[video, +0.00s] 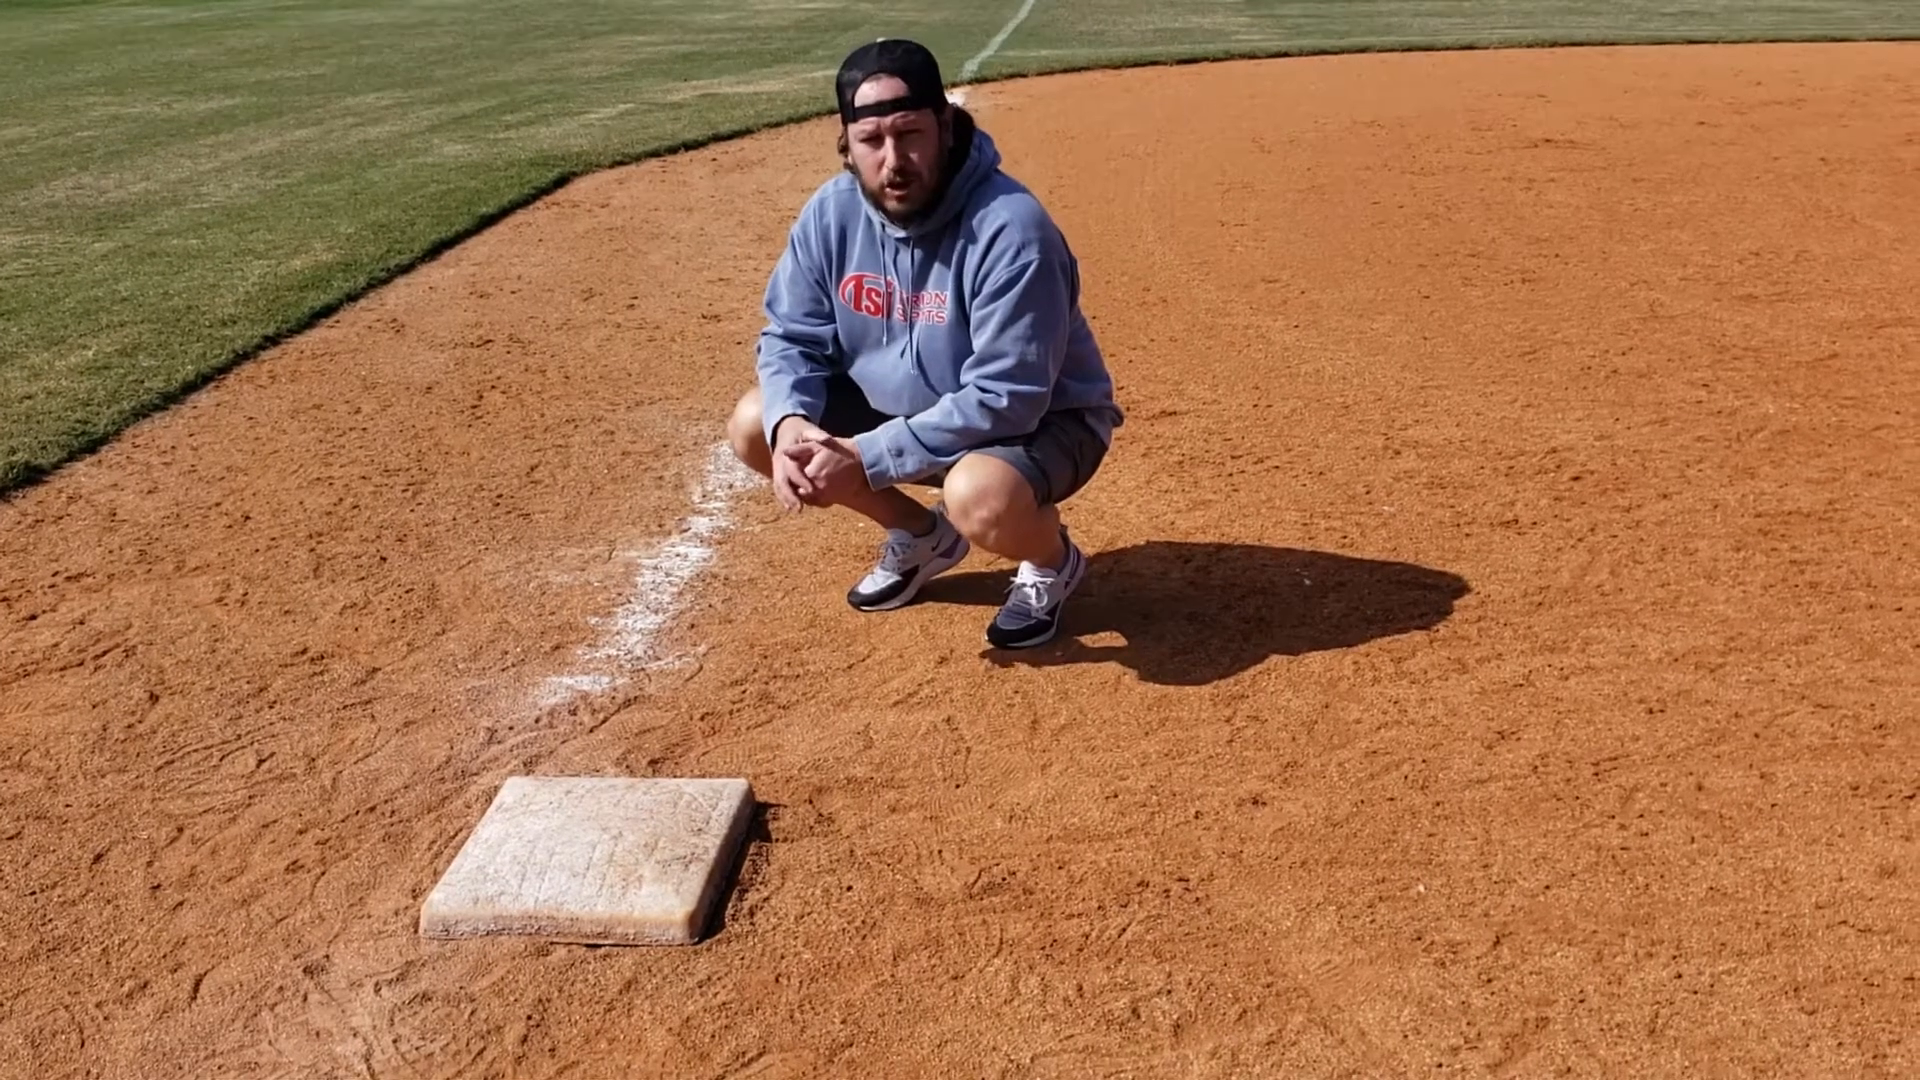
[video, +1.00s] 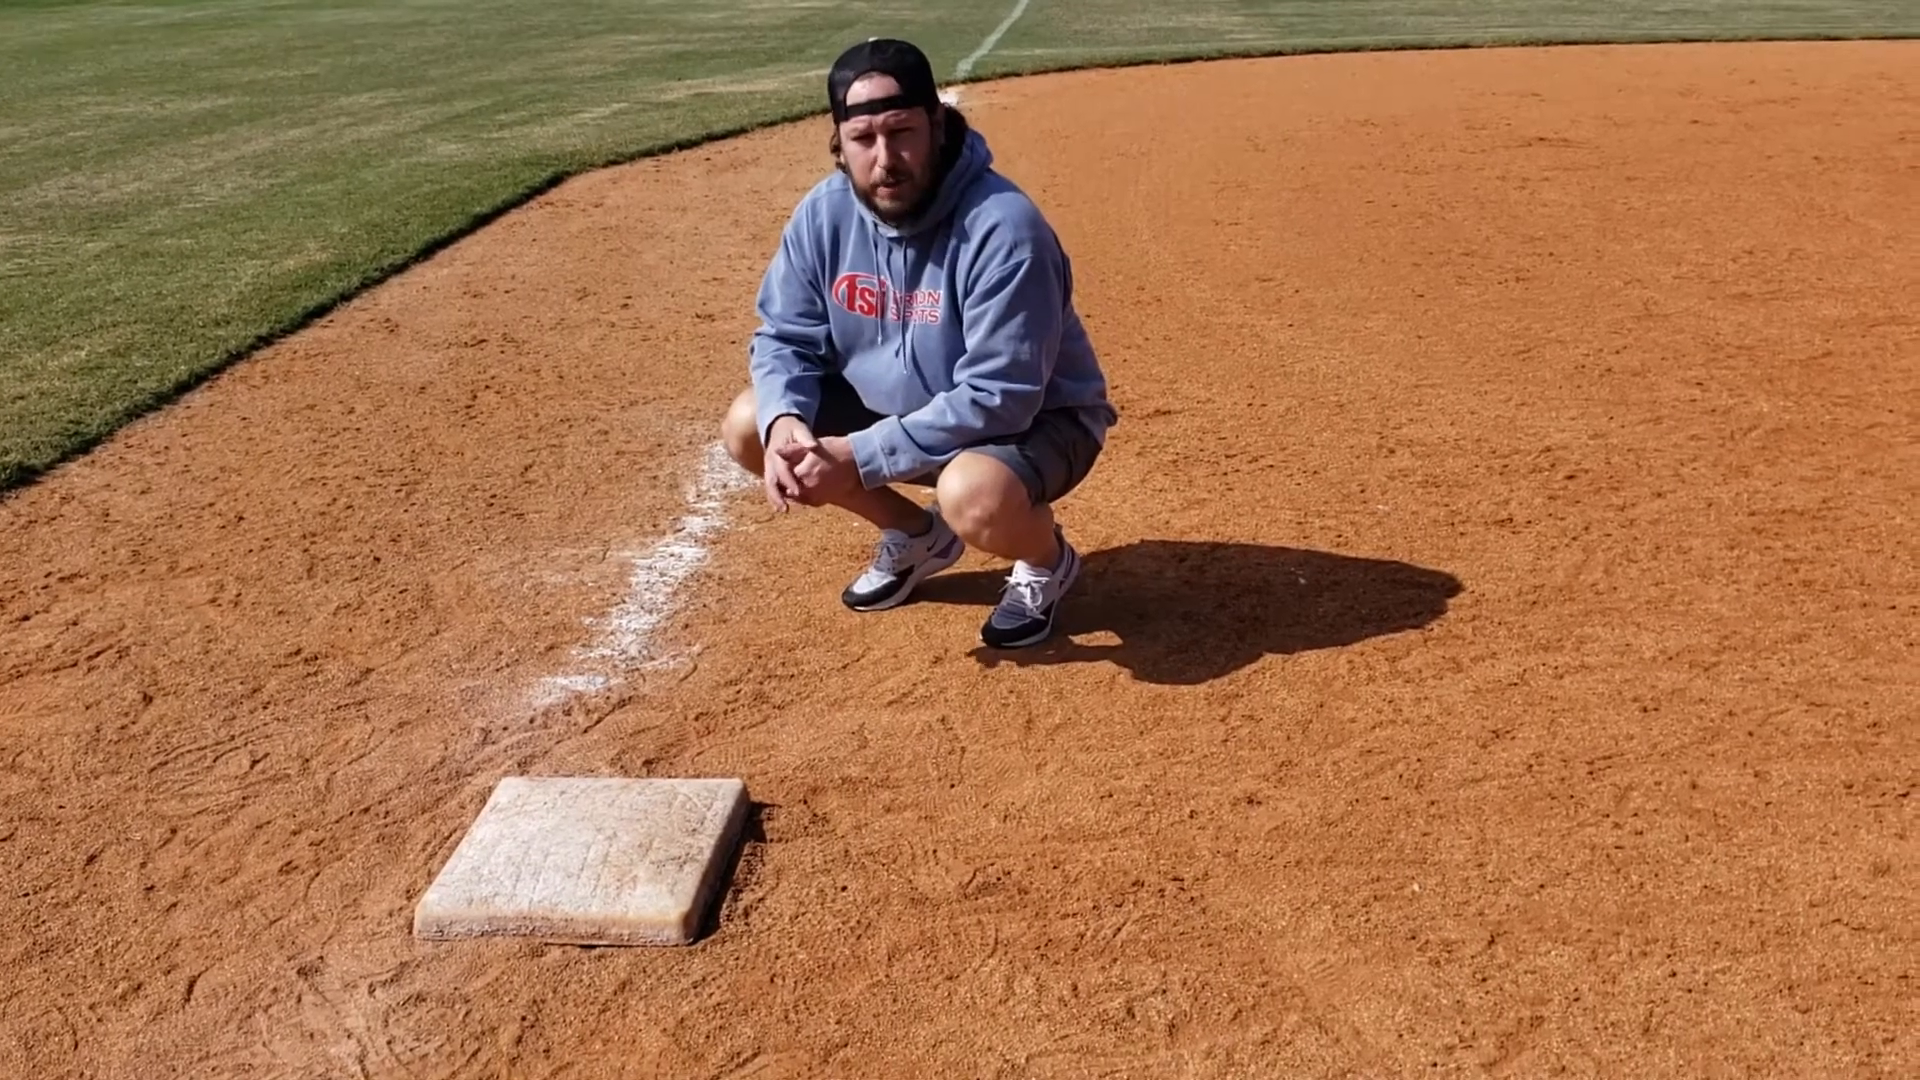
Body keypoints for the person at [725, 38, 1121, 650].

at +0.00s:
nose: (894, 162)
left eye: (911, 134)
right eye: (871, 140)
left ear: (946, 125)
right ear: (846, 145)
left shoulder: (1011, 234)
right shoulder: (832, 213)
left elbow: (1004, 402)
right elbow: (791, 335)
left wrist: (868, 459)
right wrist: (792, 421)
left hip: (1047, 419)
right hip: (909, 409)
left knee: (978, 496)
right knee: (757, 426)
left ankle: (1054, 562)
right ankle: (920, 533)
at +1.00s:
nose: (885, 160)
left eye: (902, 132)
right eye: (863, 138)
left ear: (938, 124)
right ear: (839, 144)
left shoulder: (1004, 233)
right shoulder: (824, 215)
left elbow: (998, 400)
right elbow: (784, 335)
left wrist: (858, 457)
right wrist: (786, 421)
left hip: (1040, 418)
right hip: (903, 410)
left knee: (972, 495)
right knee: (751, 426)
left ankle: (1049, 561)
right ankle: (916, 533)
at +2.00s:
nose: (877, 168)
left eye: (893, 140)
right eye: (854, 147)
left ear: (928, 130)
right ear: (830, 153)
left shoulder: (995, 238)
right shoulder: (815, 221)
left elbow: (990, 405)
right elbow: (777, 342)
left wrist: (854, 462)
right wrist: (776, 423)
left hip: (1034, 422)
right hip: (899, 416)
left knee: (965, 500)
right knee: (742, 433)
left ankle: (1042, 566)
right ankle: (909, 539)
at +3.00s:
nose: (878, 174)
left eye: (896, 145)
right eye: (856, 150)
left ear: (931, 136)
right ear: (832, 155)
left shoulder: (995, 244)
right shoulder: (817, 226)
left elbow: (990, 411)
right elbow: (776, 346)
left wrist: (853, 467)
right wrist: (776, 427)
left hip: (1031, 430)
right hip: (895, 421)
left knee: (963, 506)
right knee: (741, 439)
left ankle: (1041, 573)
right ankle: (907, 546)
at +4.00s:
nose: (871, 185)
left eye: (887, 157)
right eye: (848, 163)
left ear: (923, 142)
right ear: (826, 166)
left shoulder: (992, 250)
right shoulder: (812, 235)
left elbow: (987, 416)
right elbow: (772, 350)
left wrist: (849, 474)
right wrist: (767, 414)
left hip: (1027, 436)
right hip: (890, 429)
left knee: (962, 511)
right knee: (740, 451)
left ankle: (1038, 579)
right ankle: (904, 550)